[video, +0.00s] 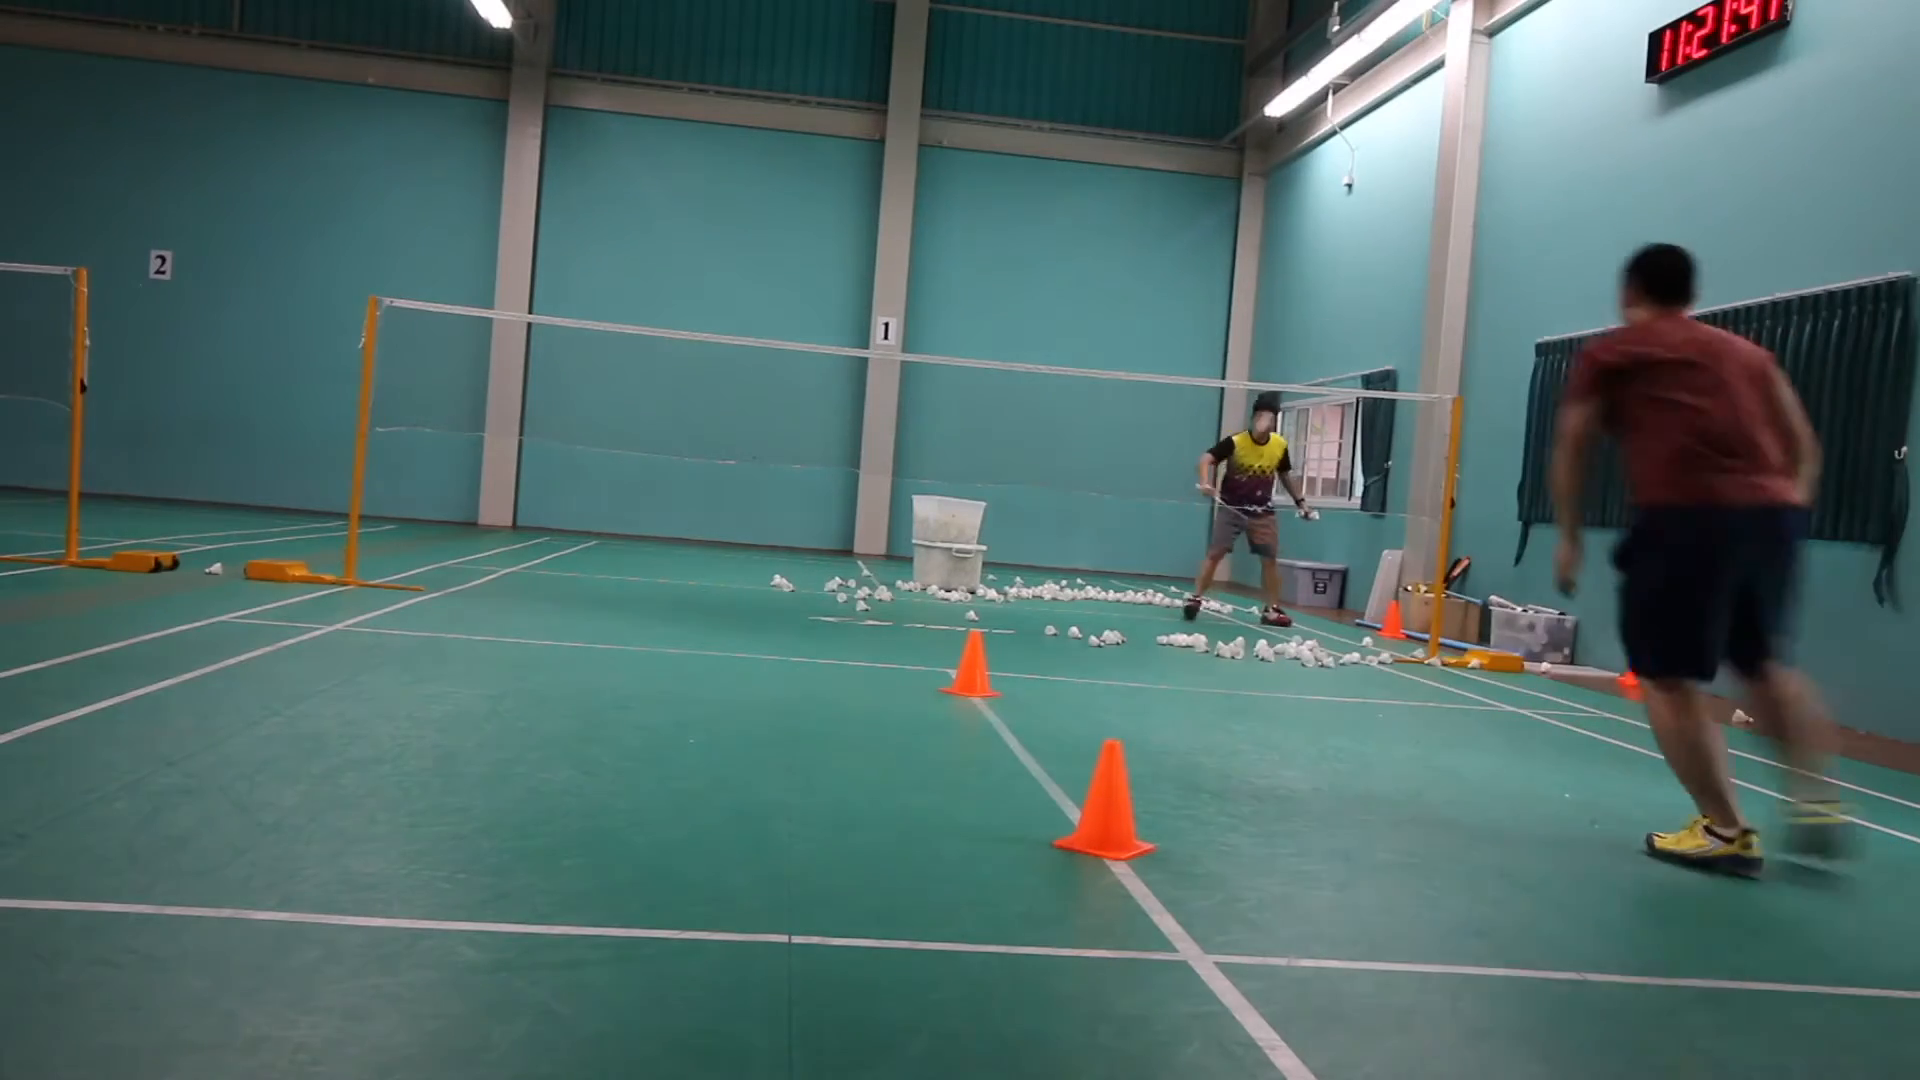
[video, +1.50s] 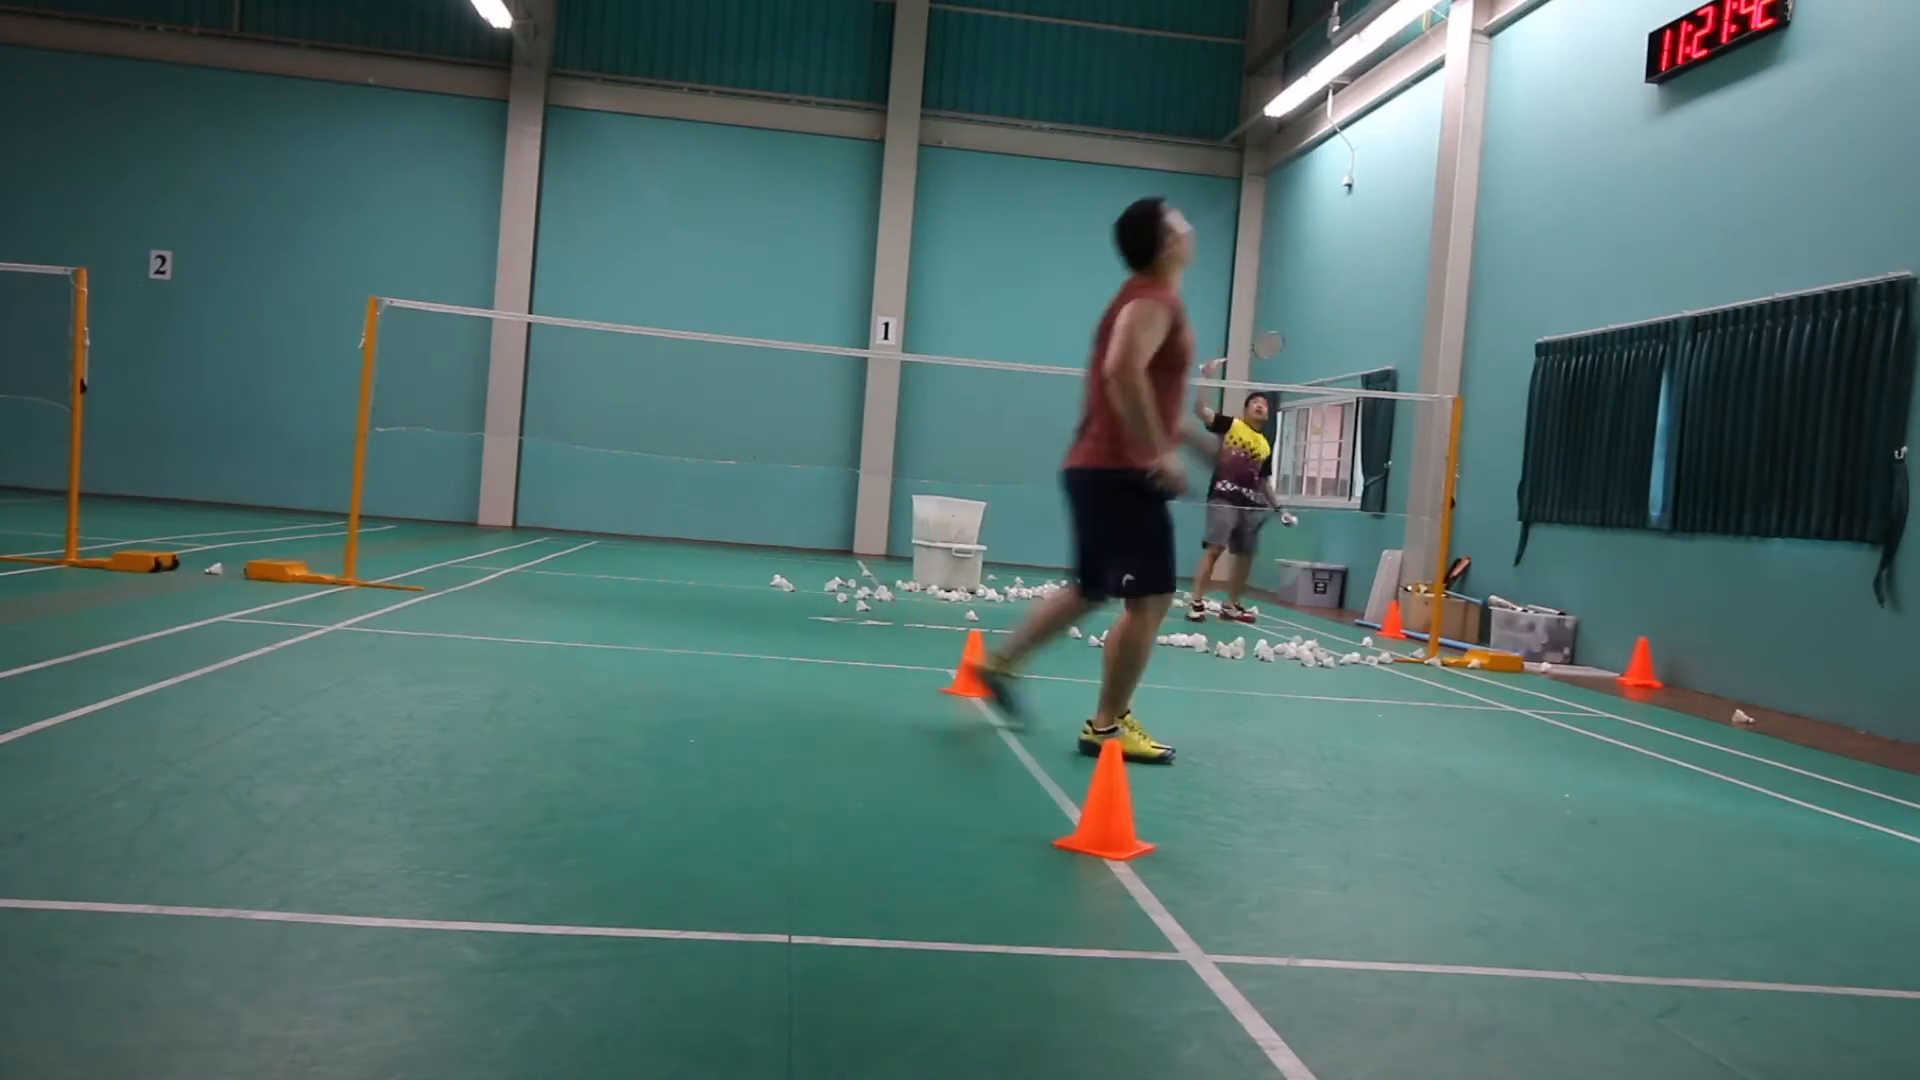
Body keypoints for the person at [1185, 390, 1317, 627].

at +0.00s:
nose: (1264, 420)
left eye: (1269, 416)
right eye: (1261, 415)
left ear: (1274, 420)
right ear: (1253, 417)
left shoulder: (1279, 446)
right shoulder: (1236, 442)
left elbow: (1286, 476)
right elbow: (1206, 459)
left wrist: (1300, 503)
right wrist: (1205, 483)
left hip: (1263, 513)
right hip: (1231, 509)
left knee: (1270, 559)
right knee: (1216, 554)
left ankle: (1272, 608)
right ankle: (1196, 598)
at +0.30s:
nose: (1228, 426)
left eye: (1233, 421)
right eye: (1225, 420)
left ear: (1240, 425)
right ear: (1217, 421)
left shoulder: (1245, 444)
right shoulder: (1205, 447)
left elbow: (1247, 470)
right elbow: (1185, 465)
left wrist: (1262, 494)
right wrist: (1176, 482)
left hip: (1232, 508)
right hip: (1203, 507)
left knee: (1241, 554)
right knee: (1198, 550)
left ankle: (1243, 603)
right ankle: (1189, 602)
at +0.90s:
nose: (1242, 416)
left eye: (1246, 412)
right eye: (1238, 411)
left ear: (1252, 416)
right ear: (1230, 415)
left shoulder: (1260, 441)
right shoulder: (1215, 446)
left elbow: (1264, 472)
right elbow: (1202, 479)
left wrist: (1278, 497)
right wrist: (1203, 510)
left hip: (1246, 509)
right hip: (1220, 508)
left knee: (1246, 556)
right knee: (1215, 549)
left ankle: (1235, 604)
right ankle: (1197, 599)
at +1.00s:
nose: (1251, 419)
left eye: (1255, 415)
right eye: (1247, 414)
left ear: (1260, 420)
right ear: (1237, 417)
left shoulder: (1260, 445)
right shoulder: (1224, 443)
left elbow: (1261, 475)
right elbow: (1208, 469)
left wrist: (1275, 499)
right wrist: (1217, 502)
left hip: (1243, 507)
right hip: (1218, 505)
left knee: (1246, 558)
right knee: (1218, 551)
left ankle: (1236, 604)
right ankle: (1208, 605)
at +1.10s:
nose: (1256, 419)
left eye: (1260, 415)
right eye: (1251, 413)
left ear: (1263, 420)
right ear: (1240, 416)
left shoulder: (1257, 447)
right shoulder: (1227, 436)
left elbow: (1254, 476)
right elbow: (1222, 444)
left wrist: (1268, 500)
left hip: (1240, 509)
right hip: (1216, 505)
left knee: (1245, 557)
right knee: (1219, 550)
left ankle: (1236, 604)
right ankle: (1207, 605)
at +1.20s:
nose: (1257, 410)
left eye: (1261, 407)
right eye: (1252, 405)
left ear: (1264, 414)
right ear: (1240, 410)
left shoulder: (1257, 444)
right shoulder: (1229, 428)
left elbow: (1248, 475)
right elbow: (1224, 408)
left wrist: (1261, 497)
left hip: (1241, 505)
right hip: (1219, 501)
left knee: (1241, 555)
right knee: (1222, 551)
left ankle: (1232, 603)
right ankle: (1208, 605)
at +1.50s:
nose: (1261, 406)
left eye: (1265, 405)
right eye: (1256, 403)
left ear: (1267, 414)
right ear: (1246, 409)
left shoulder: (1265, 444)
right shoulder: (1230, 424)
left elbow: (1264, 481)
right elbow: (1203, 410)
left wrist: (1280, 509)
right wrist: (1207, 378)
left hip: (1251, 503)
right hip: (1223, 496)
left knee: (1244, 556)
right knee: (1215, 548)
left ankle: (1232, 604)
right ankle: (1197, 600)